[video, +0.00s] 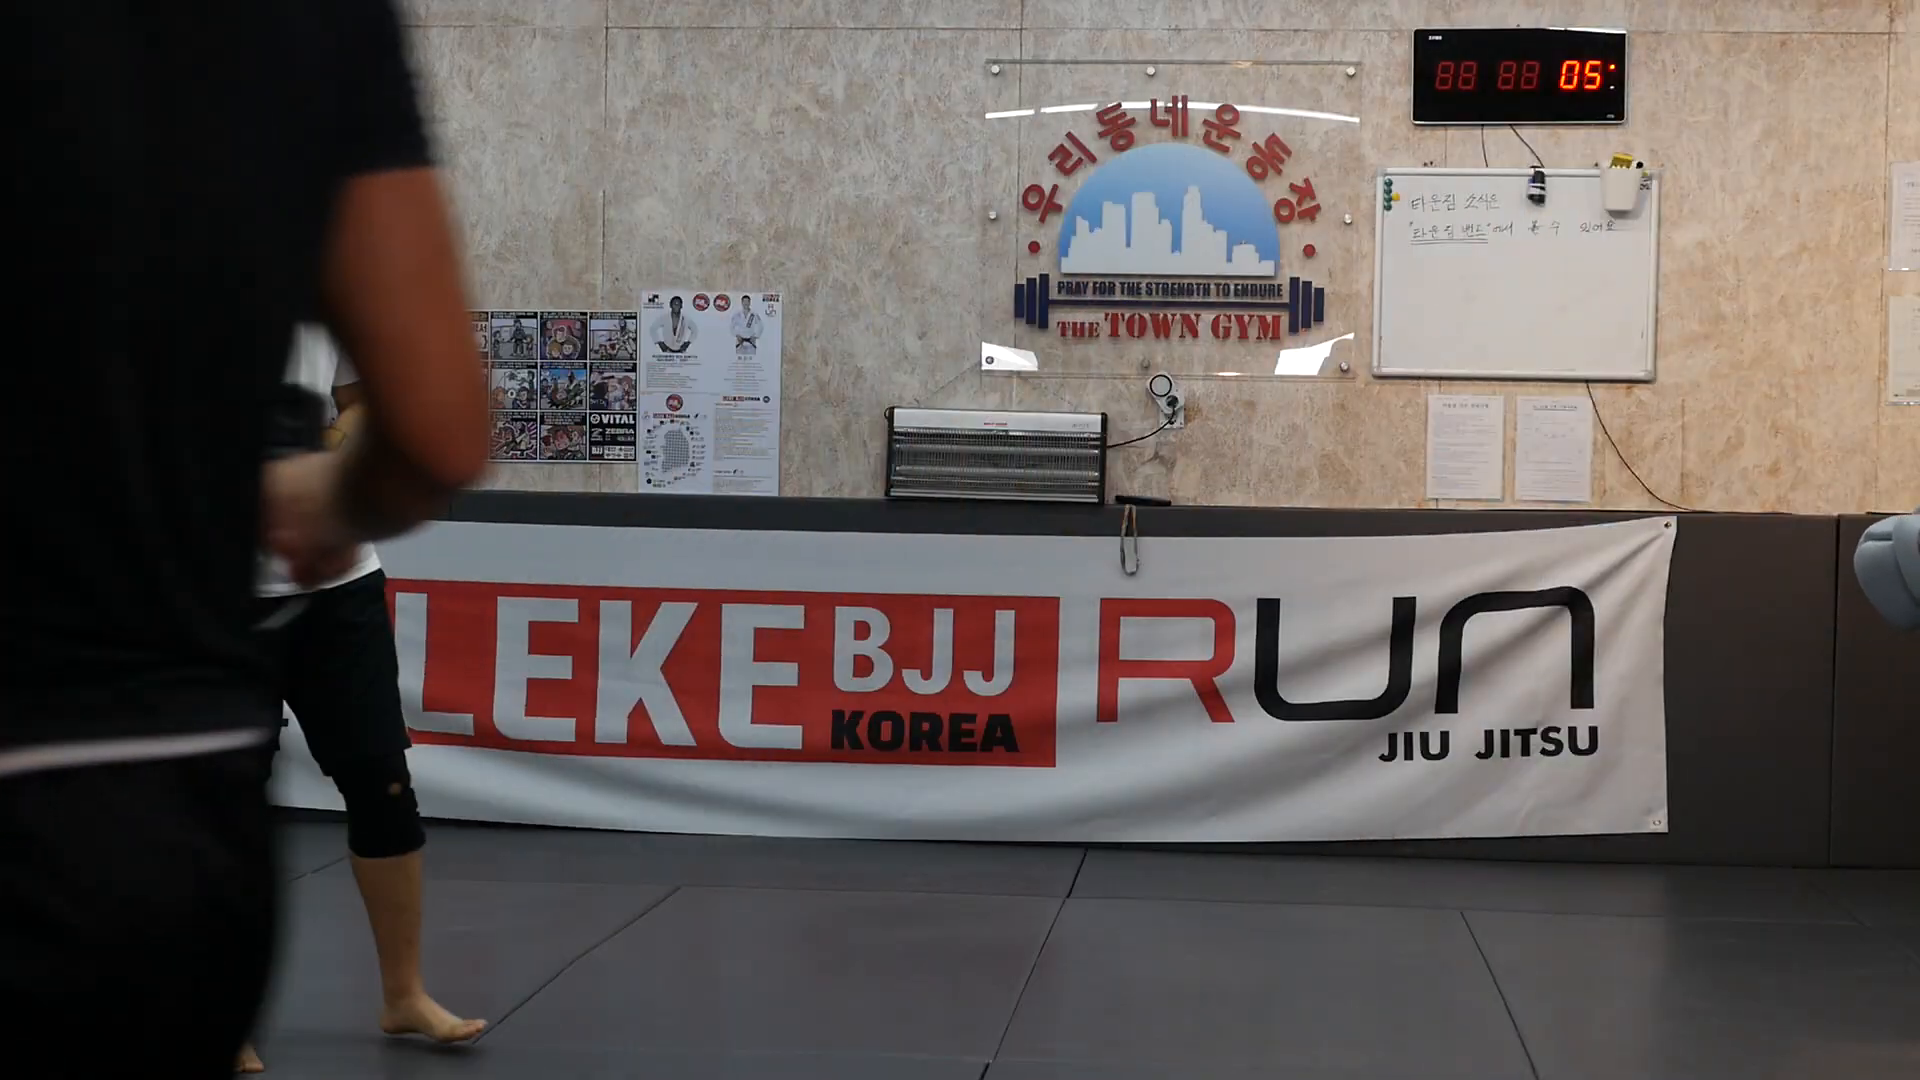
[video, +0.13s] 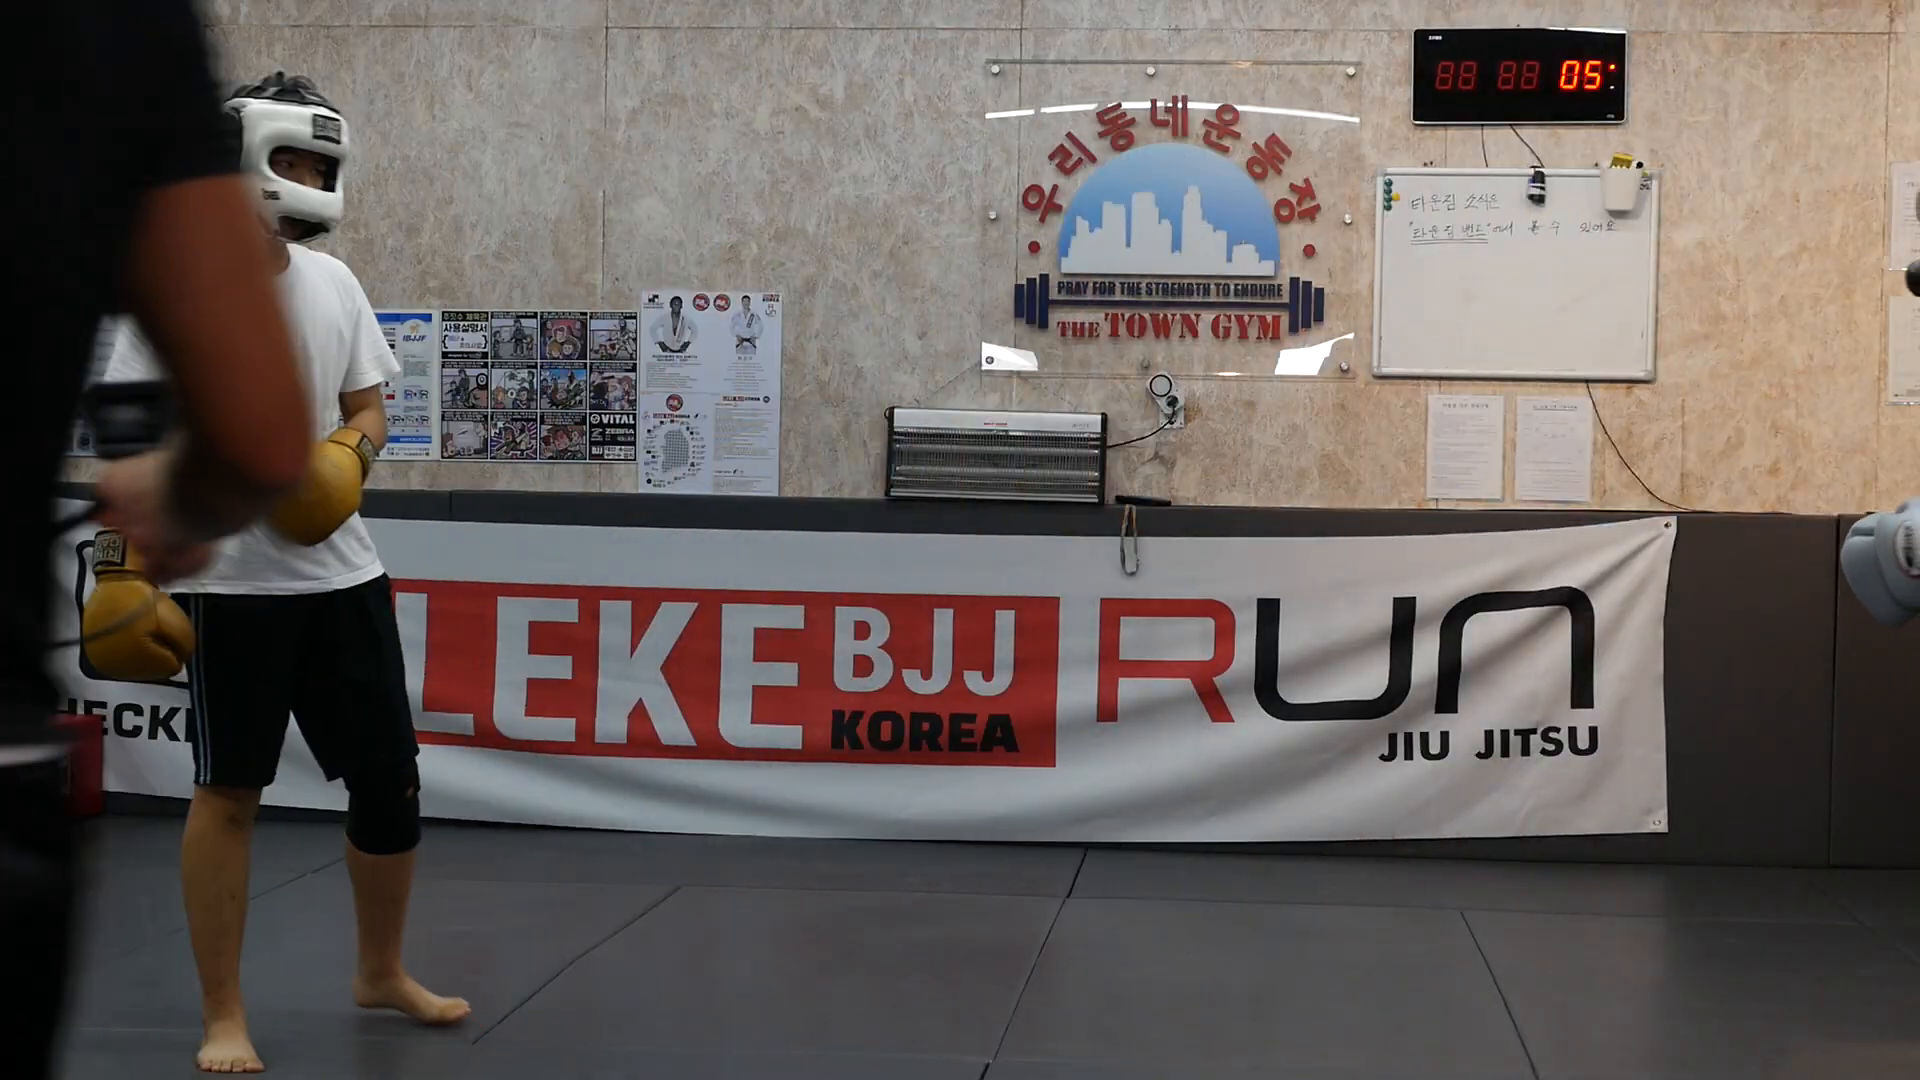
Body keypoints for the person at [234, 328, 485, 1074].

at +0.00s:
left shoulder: (318, 288)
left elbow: (360, 406)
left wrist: (322, 485)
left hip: (333, 584)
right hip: (221, 596)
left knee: (382, 786)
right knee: (221, 818)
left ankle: (405, 994)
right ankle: (221, 1023)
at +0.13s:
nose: (311, 180)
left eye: (321, 165)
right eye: (290, 159)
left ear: (329, 178)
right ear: (230, 163)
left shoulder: (334, 283)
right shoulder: (170, 293)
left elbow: (369, 402)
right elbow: (121, 442)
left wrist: (345, 451)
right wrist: (121, 566)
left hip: (344, 583)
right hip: (230, 590)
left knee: (389, 784)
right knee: (228, 797)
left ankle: (381, 974)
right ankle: (224, 1019)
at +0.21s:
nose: (327, 180)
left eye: (339, 165)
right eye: (308, 161)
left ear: (350, 175)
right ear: (251, 159)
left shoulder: (342, 289)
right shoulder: (187, 287)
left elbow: (371, 407)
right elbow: (148, 441)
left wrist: (359, 453)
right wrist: (134, 575)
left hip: (347, 578)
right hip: (236, 585)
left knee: (385, 776)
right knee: (237, 792)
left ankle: (357, 960)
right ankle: (225, 1016)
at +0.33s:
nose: (365, 182)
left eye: (371, 168)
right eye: (348, 164)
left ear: (367, 180)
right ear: (289, 165)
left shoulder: (352, 289)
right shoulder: (222, 286)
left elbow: (378, 412)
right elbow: (185, 426)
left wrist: (380, 465)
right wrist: (158, 562)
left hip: (359, 580)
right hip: (262, 583)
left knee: (368, 781)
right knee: (251, 792)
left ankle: (344, 969)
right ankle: (227, 1014)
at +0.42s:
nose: (391, 188)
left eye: (395, 173)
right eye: (376, 169)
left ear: (367, 181)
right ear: (315, 168)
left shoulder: (359, 296)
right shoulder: (247, 286)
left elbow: (381, 423)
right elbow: (217, 425)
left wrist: (401, 479)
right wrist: (204, 562)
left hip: (367, 584)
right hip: (282, 584)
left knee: (357, 786)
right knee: (264, 791)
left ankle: (342, 972)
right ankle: (229, 1014)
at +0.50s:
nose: (409, 197)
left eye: (413, 178)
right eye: (396, 177)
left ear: (354, 182)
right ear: (339, 175)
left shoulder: (356, 296)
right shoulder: (270, 288)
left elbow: (371, 429)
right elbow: (251, 429)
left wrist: (420, 491)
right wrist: (258, 562)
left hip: (375, 584)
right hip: (305, 584)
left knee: (353, 785)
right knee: (279, 790)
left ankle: (341, 973)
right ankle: (231, 1010)